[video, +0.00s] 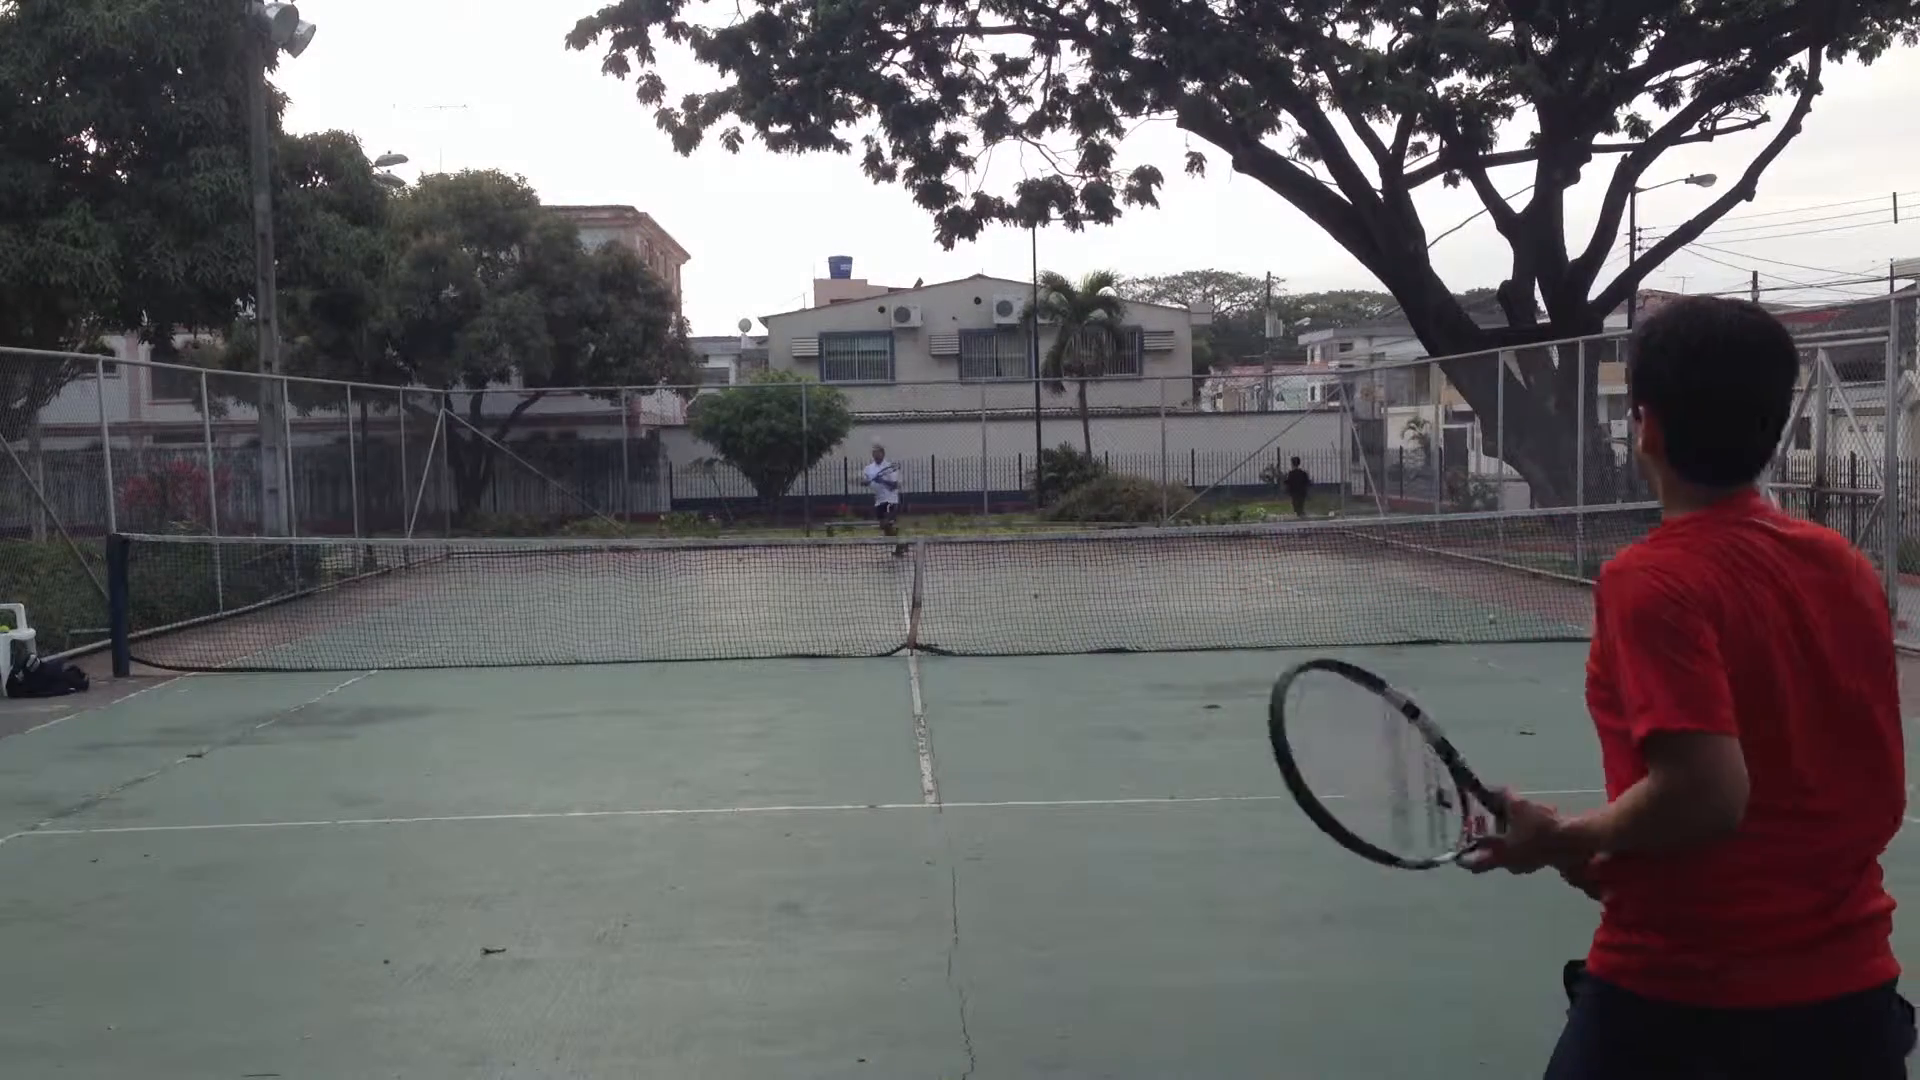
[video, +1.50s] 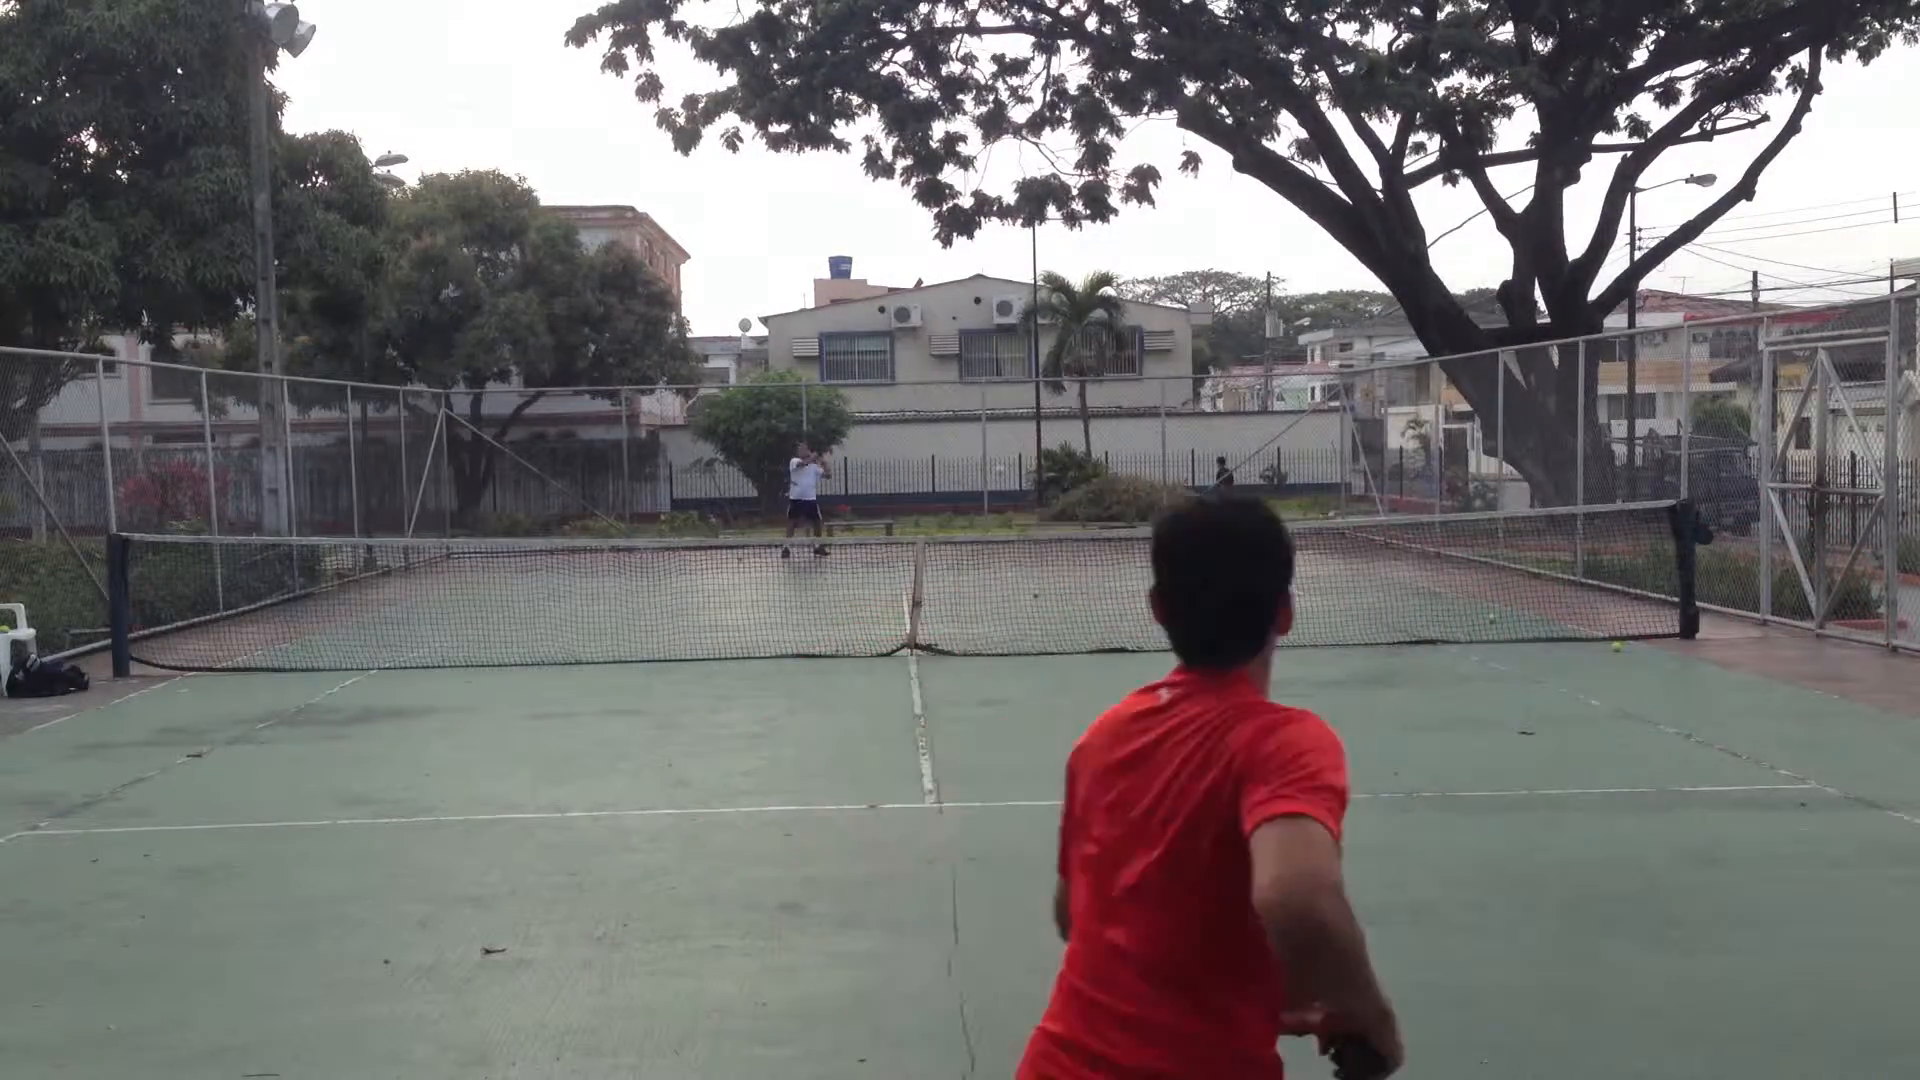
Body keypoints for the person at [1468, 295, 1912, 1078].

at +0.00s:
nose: (1632, 426)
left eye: (1632, 407)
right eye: (1632, 404)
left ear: (1647, 429)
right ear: (1775, 426)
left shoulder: (1651, 577)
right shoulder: (1847, 568)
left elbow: (1705, 793)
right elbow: (1872, 799)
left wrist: (1561, 832)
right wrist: (1628, 854)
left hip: (1672, 1018)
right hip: (1848, 1010)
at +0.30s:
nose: (1457, 480)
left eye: (1459, 463)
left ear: (1469, 487)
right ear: (1602, 478)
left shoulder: (1427, 648)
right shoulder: (1694, 634)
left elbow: (1389, 889)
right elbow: (1760, 860)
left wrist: (1368, 829)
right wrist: (1633, 898)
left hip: (1480, 1054)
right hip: (1674, 1047)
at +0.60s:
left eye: (1216, 385)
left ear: (1224, 412)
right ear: (1361, 412)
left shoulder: (1149, 562)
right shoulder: (1429, 569)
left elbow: (1077, 768)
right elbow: (1506, 794)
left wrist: (1174, 786)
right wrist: (1381, 822)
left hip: (1217, 1006)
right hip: (1401, 995)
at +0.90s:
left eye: (1032, 456)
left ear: (1036, 480)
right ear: (1172, 475)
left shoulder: (977, 628)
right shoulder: (1249, 629)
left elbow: (938, 860)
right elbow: (1325, 851)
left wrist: (1037, 867)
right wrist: (1201, 890)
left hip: (1012, 1051)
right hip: (1202, 1046)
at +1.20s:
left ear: (911, 535)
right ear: (1042, 539)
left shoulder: (831, 678)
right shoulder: (1105, 679)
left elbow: (726, 864)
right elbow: (1199, 884)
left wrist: (849, 912)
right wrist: (1087, 946)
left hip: (884, 1050)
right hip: (1067, 1051)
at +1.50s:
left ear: (1157, 608)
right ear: (1285, 614)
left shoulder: (1104, 736)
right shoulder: (1287, 737)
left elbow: (1074, 915)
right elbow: (1292, 896)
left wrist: (1258, 997)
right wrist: (1366, 1023)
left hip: (1065, 1059)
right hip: (1218, 1066)